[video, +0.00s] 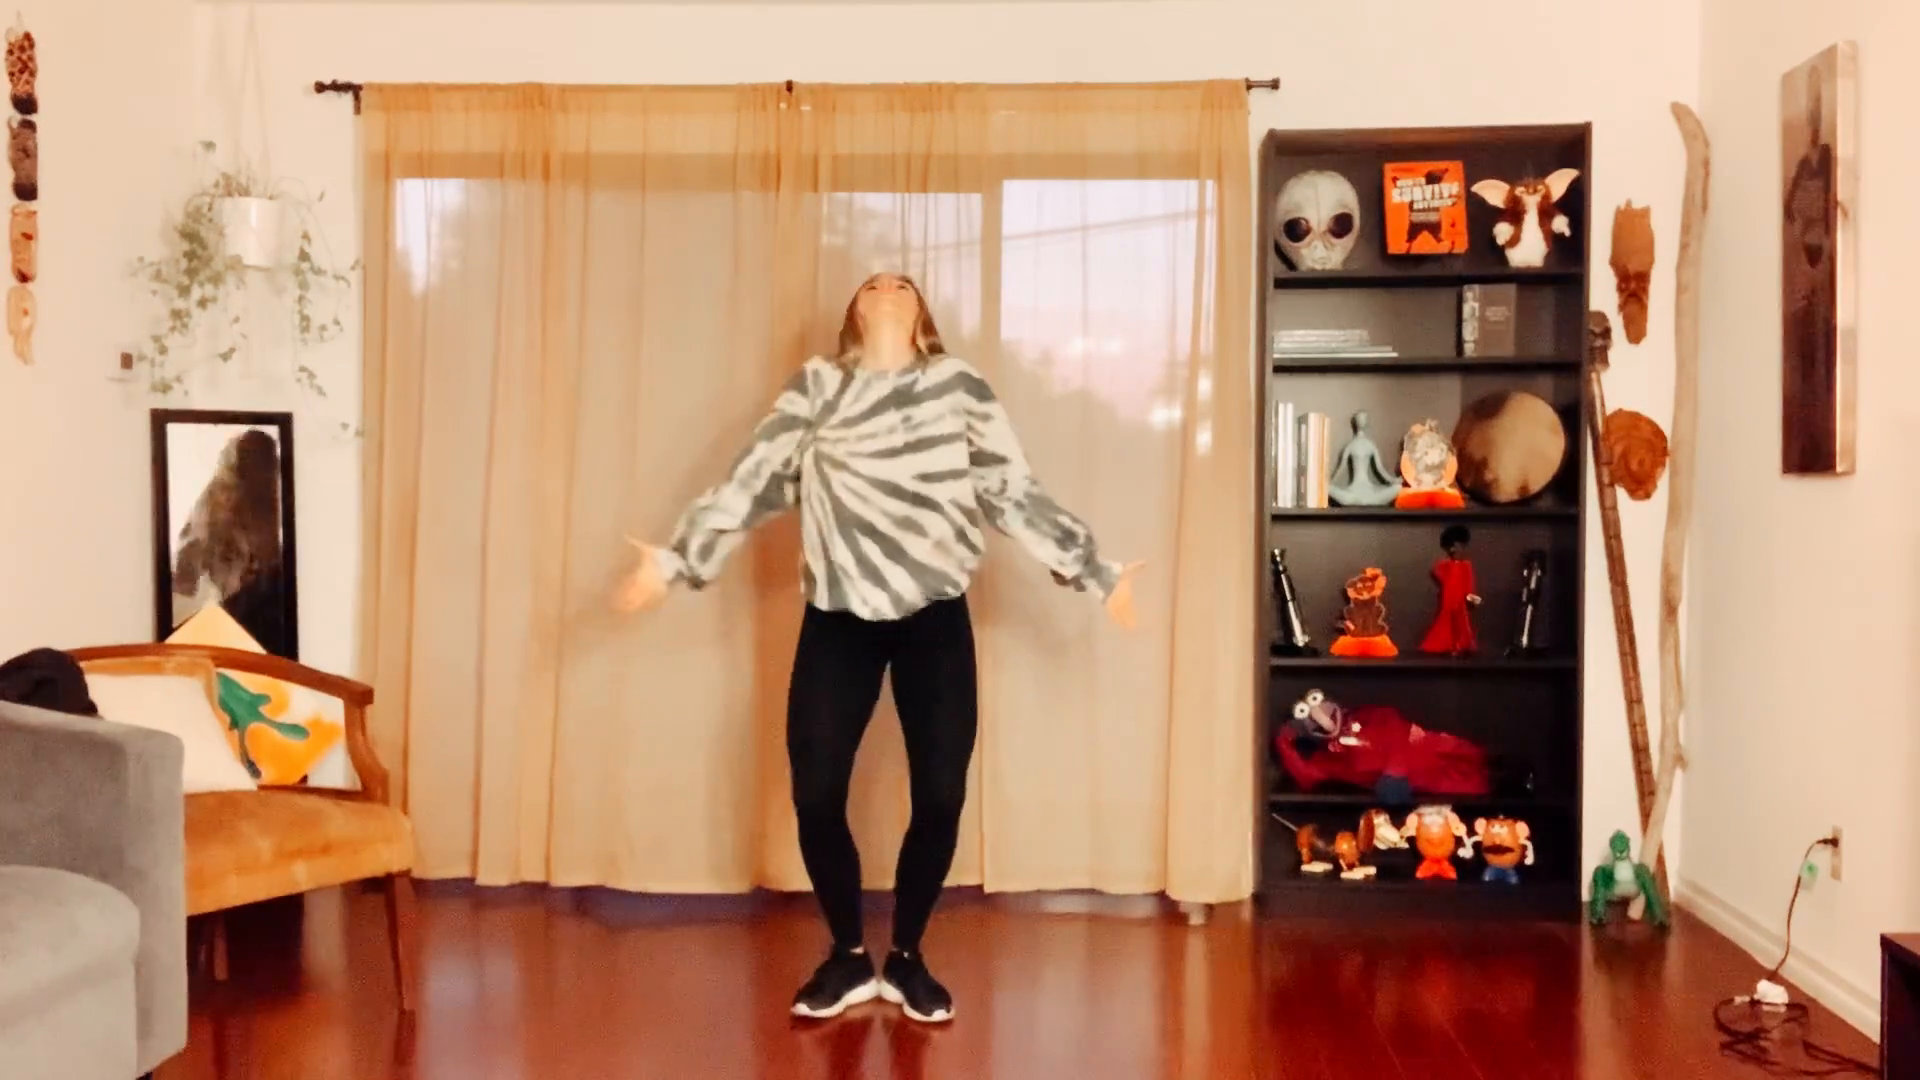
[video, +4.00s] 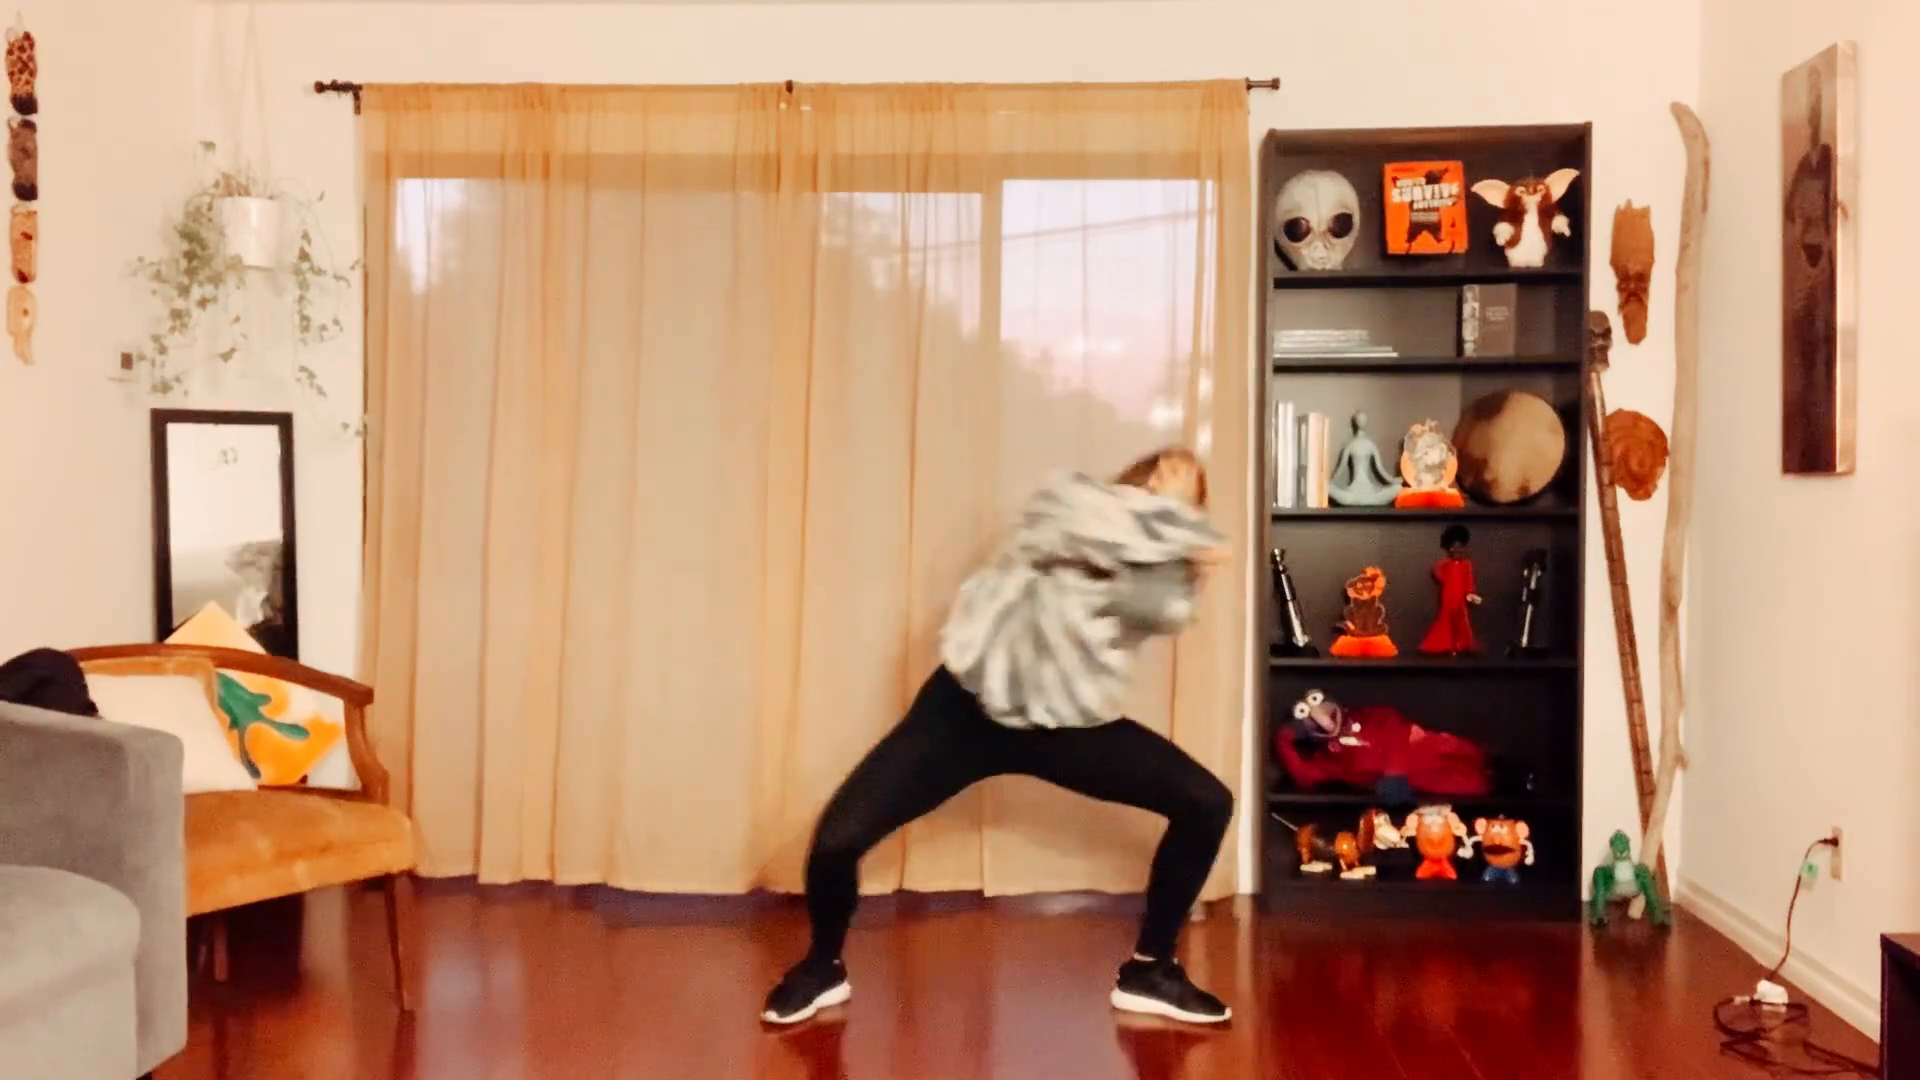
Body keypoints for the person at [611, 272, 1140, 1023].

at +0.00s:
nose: (885, 287)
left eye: (901, 286)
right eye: (871, 285)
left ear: (923, 323)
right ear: (851, 323)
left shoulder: (958, 386)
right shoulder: (820, 386)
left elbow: (1013, 492)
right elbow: (751, 479)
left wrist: (1096, 569)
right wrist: (674, 558)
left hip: (934, 615)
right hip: (839, 616)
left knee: (941, 797)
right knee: (815, 795)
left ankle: (905, 959)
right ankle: (849, 958)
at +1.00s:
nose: (1055, 359)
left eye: (1070, 350)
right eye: (1040, 351)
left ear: (1091, 376)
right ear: (1021, 375)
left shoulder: (1129, 463)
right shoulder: (983, 459)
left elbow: (1236, 454)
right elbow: (925, 549)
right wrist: (865, 624)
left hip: (1028, 668)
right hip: (930, 650)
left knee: (1129, 817)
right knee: (831, 801)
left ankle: (1054, 972)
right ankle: (760, 954)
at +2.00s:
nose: (1299, 340)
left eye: (1298, 327)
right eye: (1283, 328)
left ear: (1296, 342)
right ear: (1243, 343)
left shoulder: (1344, 422)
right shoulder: (1200, 435)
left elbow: (1456, 470)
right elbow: (1139, 540)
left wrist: (1575, 472)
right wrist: (1048, 581)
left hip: (1284, 648)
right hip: (1182, 635)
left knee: (1377, 803)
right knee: (1120, 807)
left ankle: (1398, 979)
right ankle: (1048, 965)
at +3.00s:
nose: (1220, 361)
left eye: (1225, 348)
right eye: (1205, 346)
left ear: (1225, 356)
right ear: (1161, 346)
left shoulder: (1217, 419)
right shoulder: (1122, 406)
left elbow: (1278, 490)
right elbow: (1180, 437)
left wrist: (1296, 453)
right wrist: (1251, 411)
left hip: (1197, 639)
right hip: (1157, 639)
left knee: (1243, 808)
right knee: (1278, 798)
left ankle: (1141, 967)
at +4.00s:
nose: (1170, 493)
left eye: (1186, 489)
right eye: (1160, 479)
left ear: (1197, 513)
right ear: (1130, 481)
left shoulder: (1169, 573)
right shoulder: (1066, 498)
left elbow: (1147, 608)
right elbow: (1099, 533)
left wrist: (1160, 525)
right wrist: (1174, 537)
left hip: (1067, 725)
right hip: (965, 710)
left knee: (1205, 802)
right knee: (835, 840)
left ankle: (1150, 970)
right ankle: (823, 967)